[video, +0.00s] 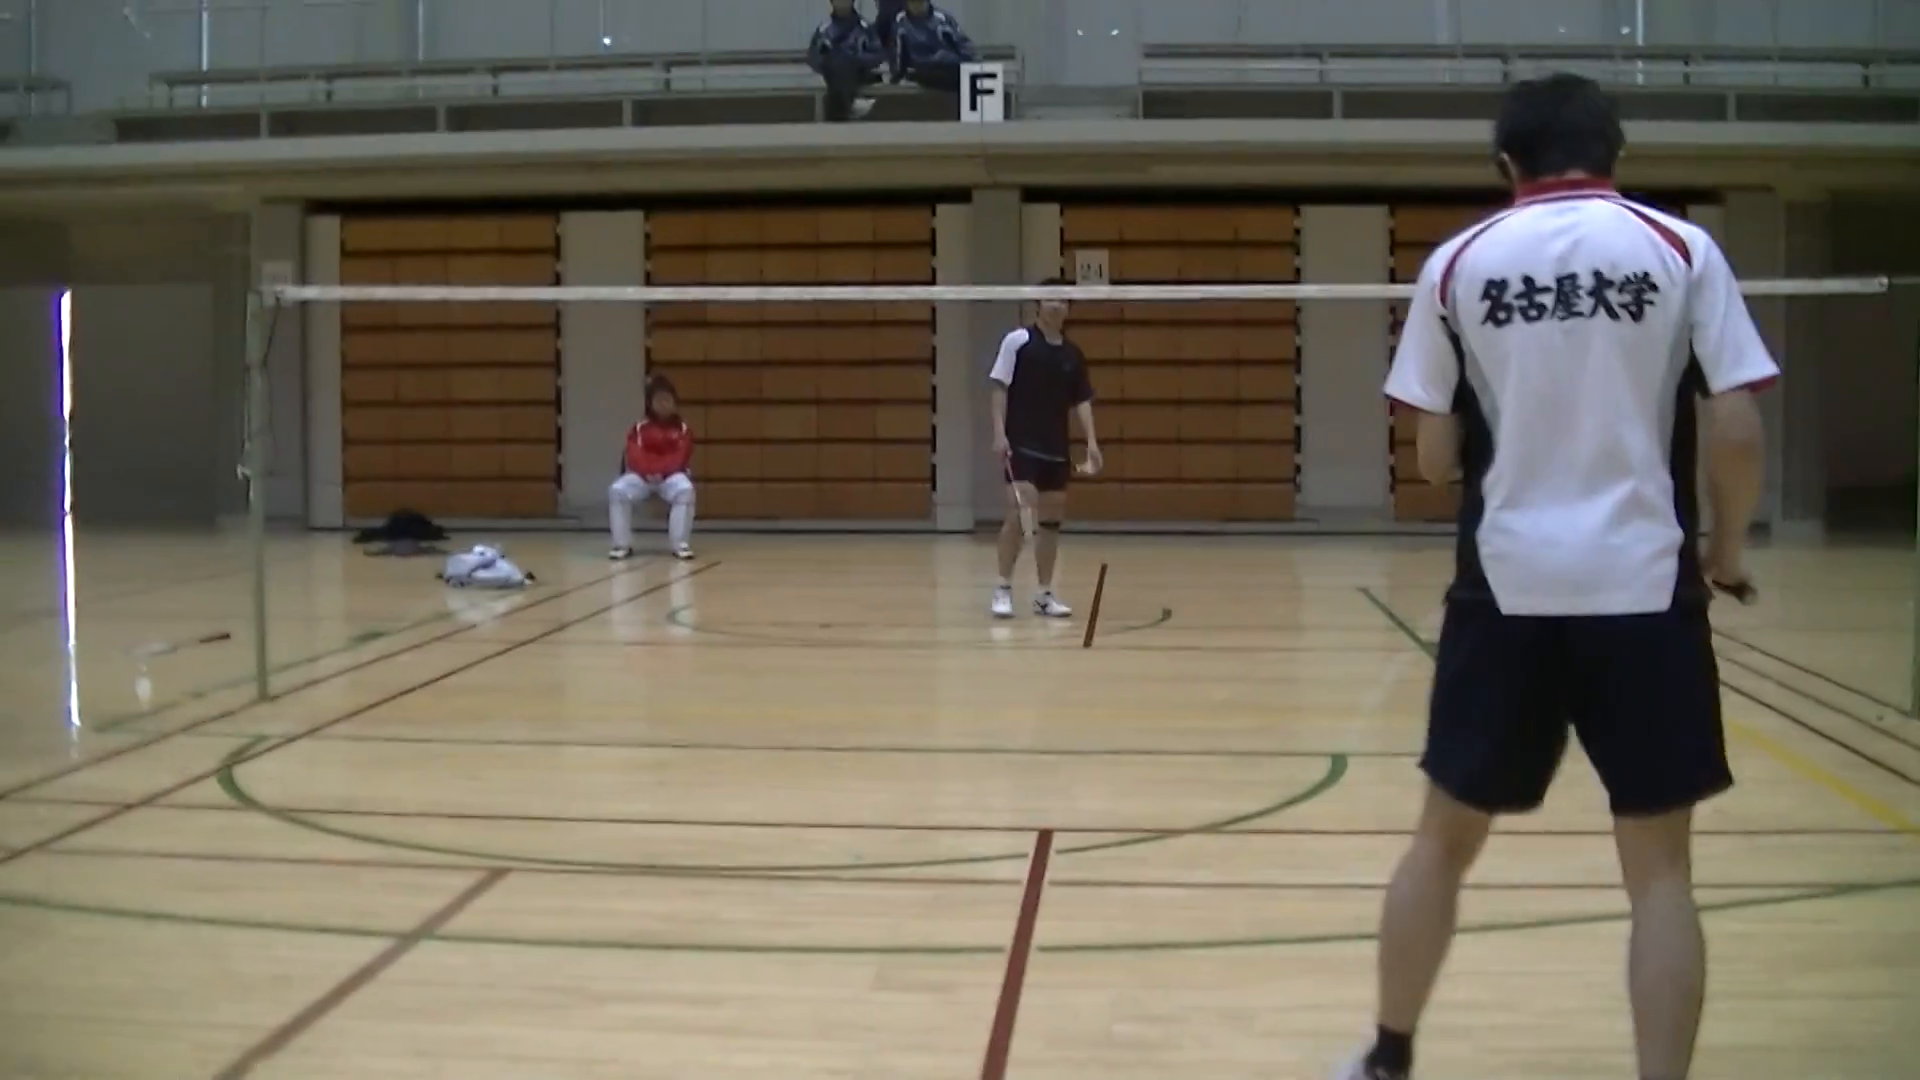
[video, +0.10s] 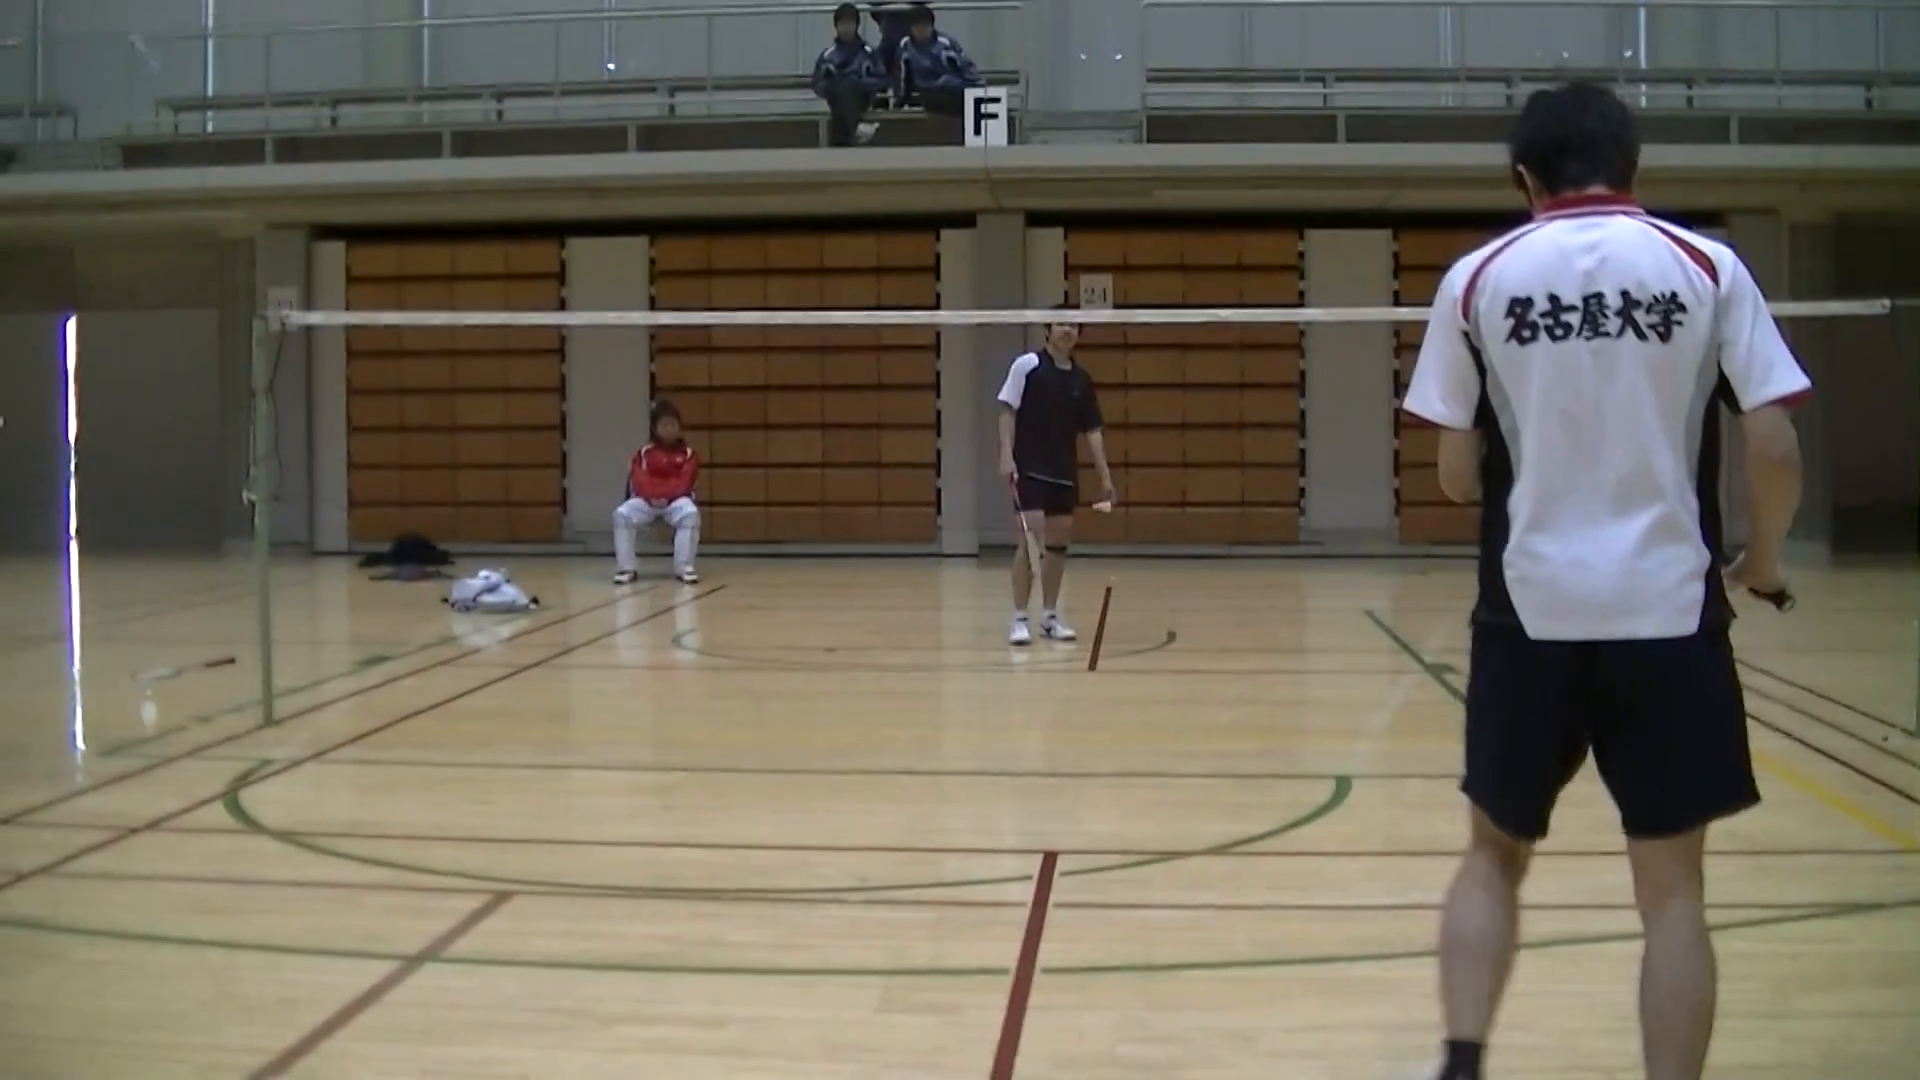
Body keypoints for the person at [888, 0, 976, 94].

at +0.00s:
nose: (917, 7)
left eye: (921, 3)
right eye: (913, 3)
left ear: (927, 3)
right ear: (907, 4)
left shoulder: (942, 17)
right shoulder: (901, 22)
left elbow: (960, 41)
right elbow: (898, 51)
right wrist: (897, 74)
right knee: (944, 56)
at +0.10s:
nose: (922, 32)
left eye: (925, 27)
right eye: (917, 28)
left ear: (932, 27)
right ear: (911, 29)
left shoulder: (946, 43)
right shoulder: (906, 46)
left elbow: (965, 65)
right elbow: (901, 75)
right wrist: (899, 100)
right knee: (947, 81)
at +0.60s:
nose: (917, 51)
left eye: (921, 46)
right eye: (913, 47)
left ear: (927, 46)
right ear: (907, 47)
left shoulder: (942, 62)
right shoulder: (901, 65)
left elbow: (961, 84)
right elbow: (897, 94)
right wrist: (896, 118)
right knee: (943, 99)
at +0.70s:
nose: (917, 53)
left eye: (920, 48)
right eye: (913, 48)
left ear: (927, 46)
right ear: (906, 49)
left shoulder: (942, 64)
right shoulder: (900, 67)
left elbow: (961, 86)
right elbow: (897, 95)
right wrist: (896, 118)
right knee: (943, 100)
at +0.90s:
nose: (916, 54)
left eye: (919, 49)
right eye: (912, 50)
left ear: (925, 48)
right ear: (905, 50)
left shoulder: (941, 65)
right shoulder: (900, 68)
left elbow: (960, 87)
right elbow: (896, 97)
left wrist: (972, 108)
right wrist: (894, 121)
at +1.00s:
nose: (915, 54)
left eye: (918, 49)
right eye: (911, 50)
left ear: (925, 48)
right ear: (904, 50)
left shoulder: (940, 65)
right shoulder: (899, 68)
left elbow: (959, 87)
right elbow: (895, 97)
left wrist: (971, 108)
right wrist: (893, 122)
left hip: (950, 111)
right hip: (921, 114)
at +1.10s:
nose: (915, 54)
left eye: (918, 49)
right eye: (910, 49)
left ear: (925, 48)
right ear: (904, 50)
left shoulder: (939, 65)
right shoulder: (898, 68)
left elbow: (959, 88)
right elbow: (895, 97)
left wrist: (971, 109)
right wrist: (892, 123)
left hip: (949, 110)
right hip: (921, 113)